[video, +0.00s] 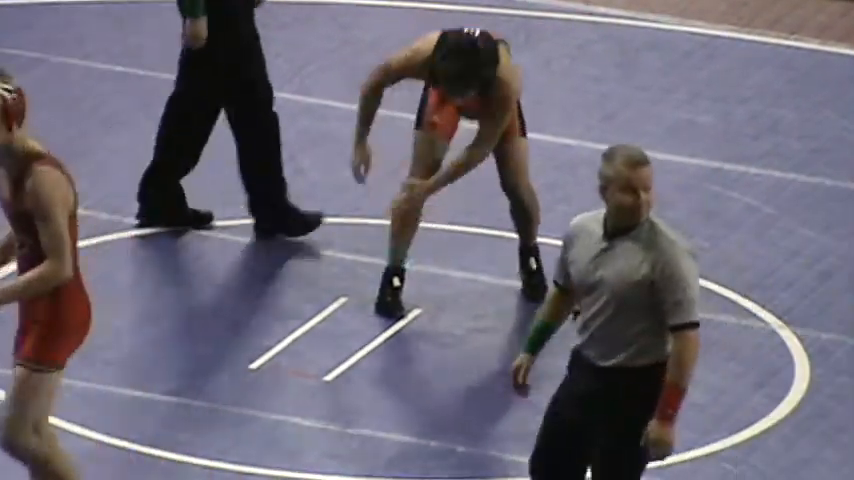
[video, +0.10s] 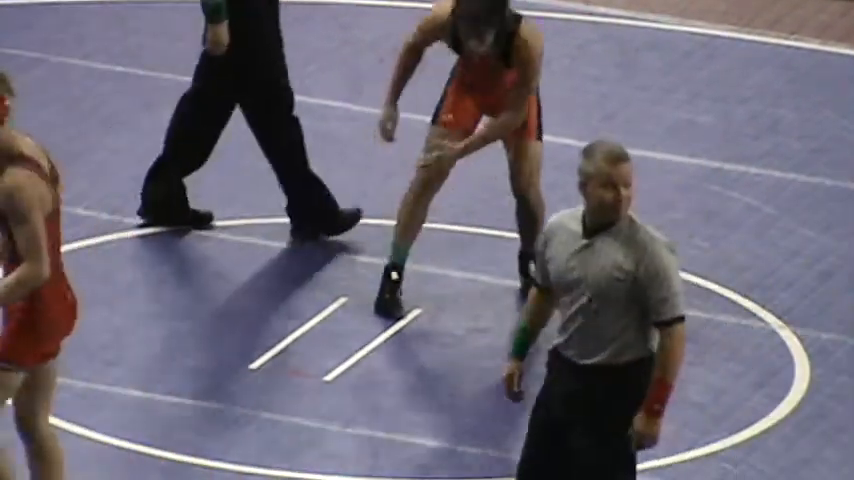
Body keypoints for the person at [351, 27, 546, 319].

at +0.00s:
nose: (455, 100)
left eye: (462, 93)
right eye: (447, 91)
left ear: (481, 82)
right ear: (436, 74)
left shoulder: (504, 81)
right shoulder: (424, 55)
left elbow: (482, 148)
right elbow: (376, 81)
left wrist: (426, 190)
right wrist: (360, 142)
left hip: (496, 101)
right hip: (443, 92)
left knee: (517, 187)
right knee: (418, 182)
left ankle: (530, 254)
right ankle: (394, 274)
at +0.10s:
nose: (476, 42)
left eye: (484, 35)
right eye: (469, 33)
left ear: (500, 27)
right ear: (458, 22)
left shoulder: (528, 41)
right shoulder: (443, 21)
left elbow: (516, 114)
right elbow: (414, 47)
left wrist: (460, 150)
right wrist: (391, 104)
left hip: (515, 93)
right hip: (465, 87)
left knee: (526, 189)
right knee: (428, 178)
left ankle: (529, 266)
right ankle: (393, 274)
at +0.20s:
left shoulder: (542, 8)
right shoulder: (468, 3)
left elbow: (563, 78)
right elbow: (446, 25)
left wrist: (514, 116)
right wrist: (420, 78)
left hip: (534, 79)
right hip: (487, 70)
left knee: (538, 192)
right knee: (437, 166)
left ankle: (537, 285)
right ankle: (417, 268)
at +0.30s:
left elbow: (602, 13)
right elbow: (462, 2)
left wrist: (572, 71)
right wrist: (447, 53)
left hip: (546, 51)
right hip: (499, 43)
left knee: (541, 164)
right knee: (460, 141)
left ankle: (532, 247)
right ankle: (468, 235)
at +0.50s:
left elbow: (613, 2)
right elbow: (489, 1)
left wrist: (605, 43)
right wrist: (481, 39)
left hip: (564, 40)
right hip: (516, 36)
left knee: (570, 151)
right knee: (506, 149)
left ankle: (584, 221)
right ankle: (516, 223)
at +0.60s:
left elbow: (611, 7)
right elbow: (503, 3)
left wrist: (602, 63)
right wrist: (492, 55)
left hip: (573, 53)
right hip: (527, 46)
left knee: (588, 158)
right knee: (511, 152)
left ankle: (616, 203)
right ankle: (513, 226)